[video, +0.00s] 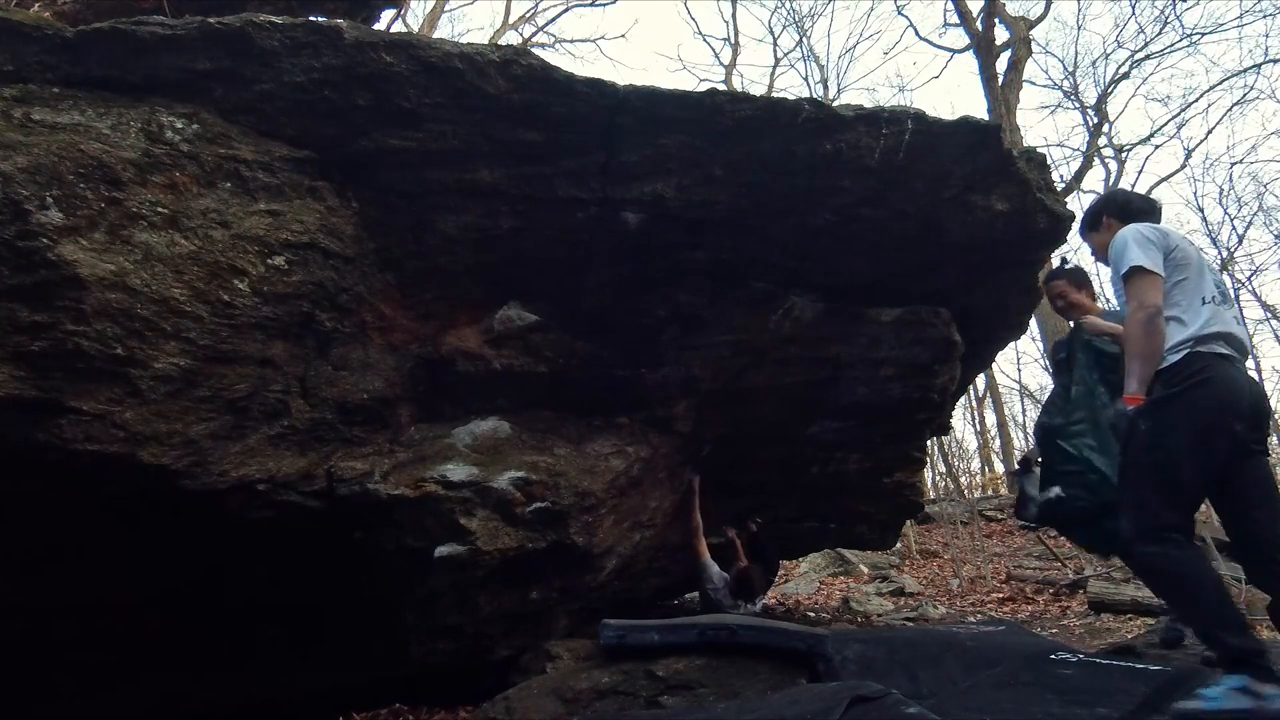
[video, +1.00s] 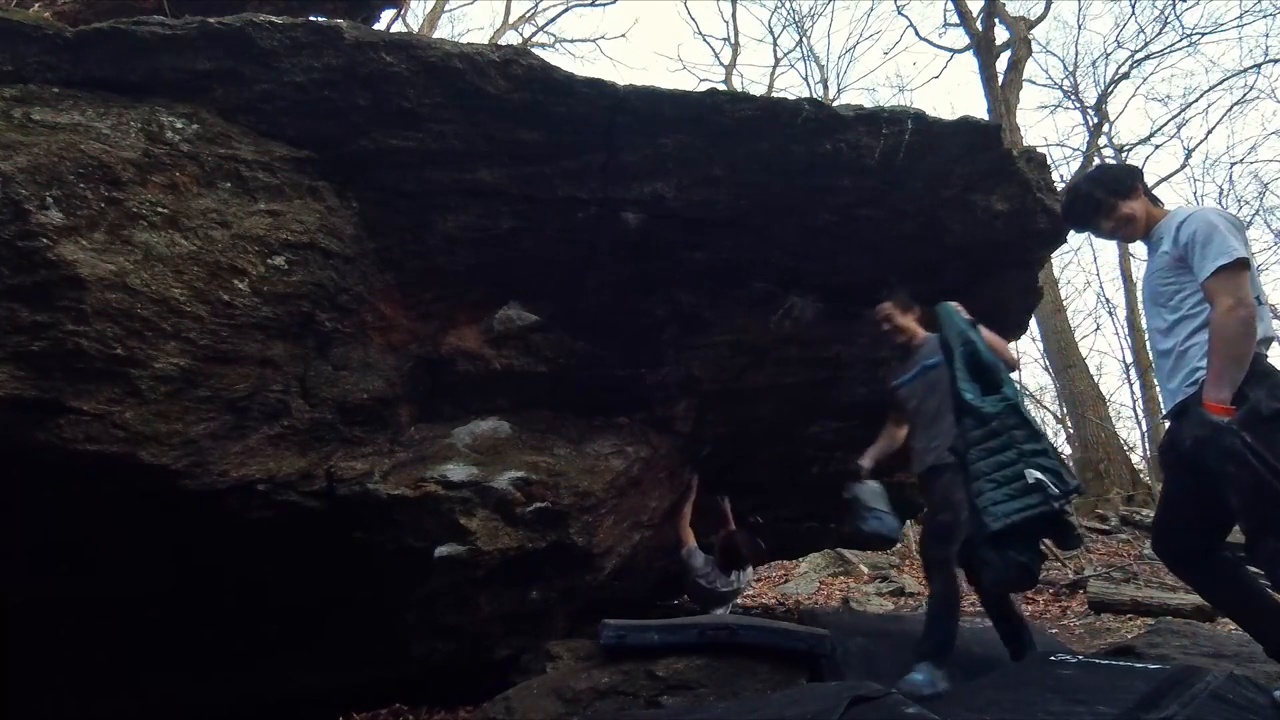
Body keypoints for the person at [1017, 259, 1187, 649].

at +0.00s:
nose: (1059, 305)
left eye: (1063, 295)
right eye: (1052, 300)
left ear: (1086, 289)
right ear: (1052, 307)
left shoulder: (1122, 320)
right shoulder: (1064, 348)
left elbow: (1151, 342)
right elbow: (1064, 401)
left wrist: (1104, 327)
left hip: (1135, 429)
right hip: (1090, 443)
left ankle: (1183, 610)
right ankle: (1174, 608)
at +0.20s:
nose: (1039, 300)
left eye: (1042, 289)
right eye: (1032, 296)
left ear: (1066, 281)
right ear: (1031, 302)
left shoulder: (1106, 309)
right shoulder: (1045, 339)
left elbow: (1140, 342)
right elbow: (1040, 396)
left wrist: (1077, 325)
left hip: (1129, 421)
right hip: (1078, 440)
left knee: (1173, 521)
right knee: (1060, 514)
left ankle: (1212, 627)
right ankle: (1123, 602)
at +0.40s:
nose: (1014, 306)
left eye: (1018, 296)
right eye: (1007, 302)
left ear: (1038, 288)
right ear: (1007, 306)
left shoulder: (1074, 315)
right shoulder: (1016, 343)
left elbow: (1111, 341)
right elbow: (1017, 407)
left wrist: (1046, 314)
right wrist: (1008, 454)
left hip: (1100, 444)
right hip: (1040, 455)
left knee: (1156, 530)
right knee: (1043, 549)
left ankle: (1211, 628)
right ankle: (1031, 638)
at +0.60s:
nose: (967, 317)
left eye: (972, 308)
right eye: (961, 314)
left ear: (994, 304)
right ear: (961, 320)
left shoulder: (1023, 338)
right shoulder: (977, 364)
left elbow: (1081, 354)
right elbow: (985, 424)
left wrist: (1030, 319)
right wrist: (970, 467)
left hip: (1056, 463)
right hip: (1010, 476)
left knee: (1108, 544)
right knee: (1021, 575)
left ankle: (1195, 624)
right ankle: (1035, 672)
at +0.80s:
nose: (925, 326)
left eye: (929, 317)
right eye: (919, 323)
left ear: (950, 314)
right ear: (916, 331)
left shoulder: (986, 342)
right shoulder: (930, 376)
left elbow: (1048, 362)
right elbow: (934, 431)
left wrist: (1003, 328)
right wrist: (916, 472)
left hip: (1014, 462)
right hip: (968, 475)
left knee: (1017, 560)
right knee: (997, 573)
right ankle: (1029, 664)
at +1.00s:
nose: (889, 328)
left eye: (891, 319)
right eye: (883, 325)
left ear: (912, 311)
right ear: (883, 330)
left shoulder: (948, 338)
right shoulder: (901, 372)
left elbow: (1007, 356)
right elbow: (897, 427)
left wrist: (968, 323)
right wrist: (869, 459)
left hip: (964, 463)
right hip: (933, 474)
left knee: (937, 556)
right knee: (979, 566)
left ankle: (934, 663)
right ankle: (1026, 656)